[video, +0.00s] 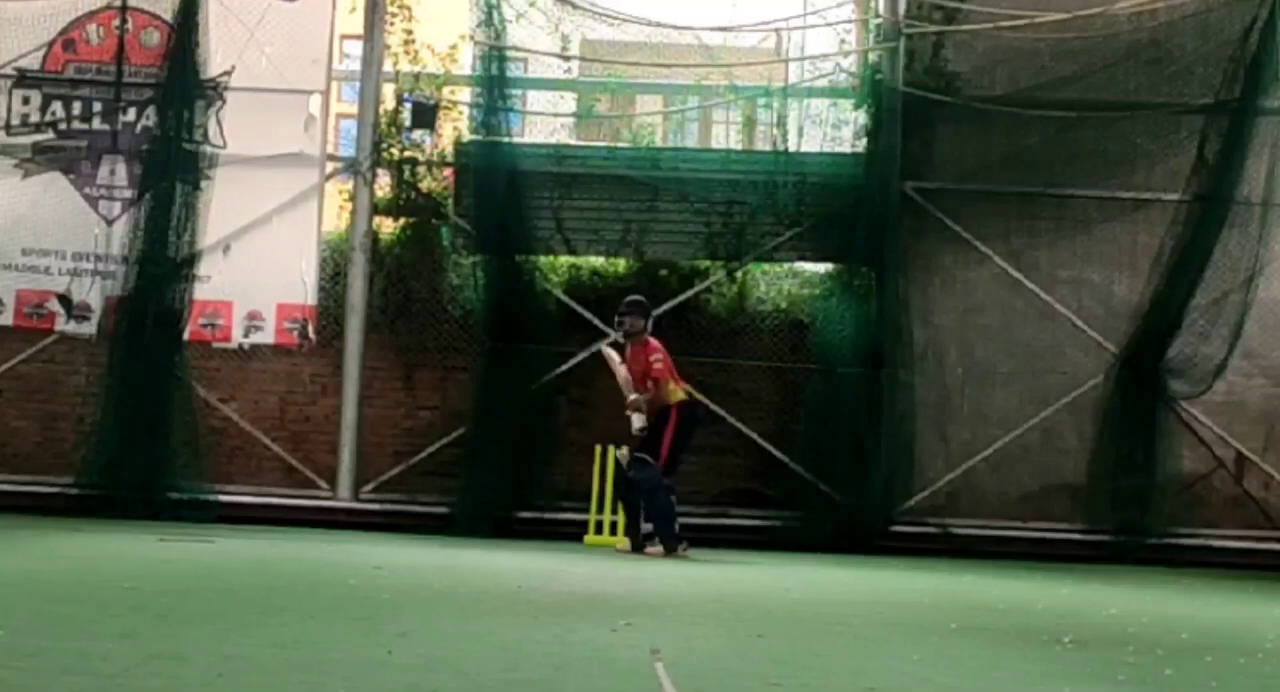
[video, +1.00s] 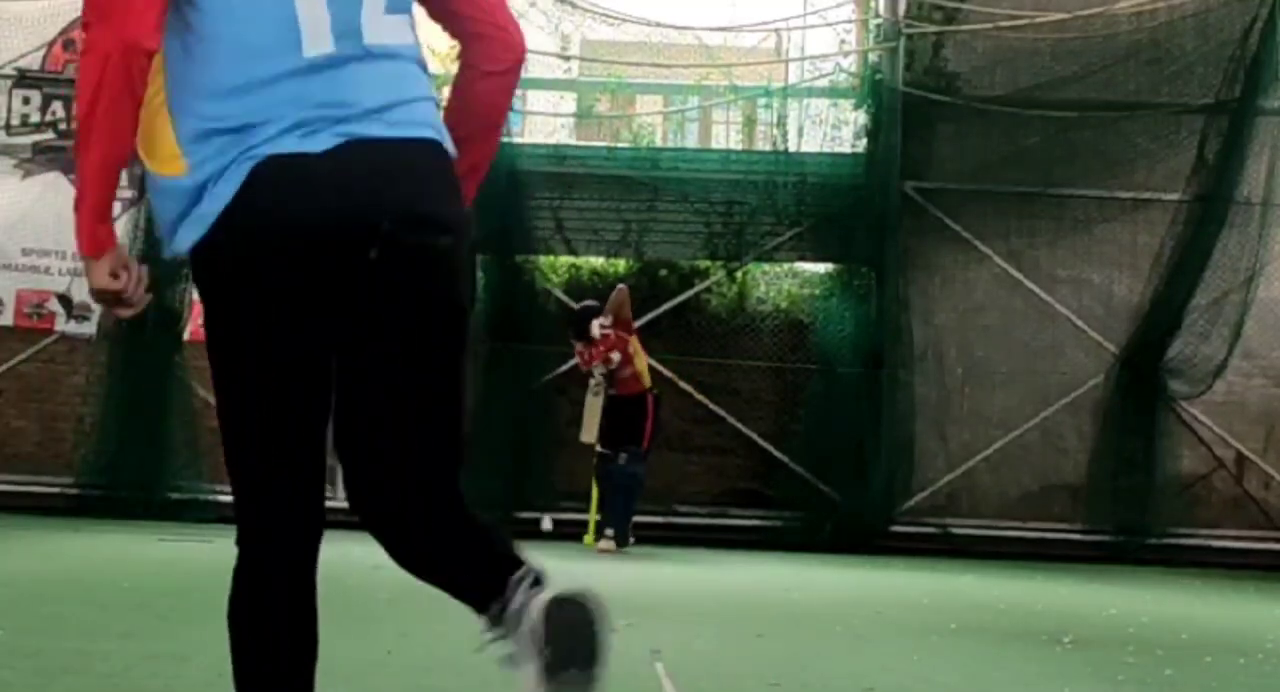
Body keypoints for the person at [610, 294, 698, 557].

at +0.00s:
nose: (629, 323)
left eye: (636, 318)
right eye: (625, 318)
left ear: (646, 322)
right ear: (620, 322)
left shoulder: (653, 350)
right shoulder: (631, 350)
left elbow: (659, 387)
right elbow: (631, 380)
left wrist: (641, 399)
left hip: (676, 404)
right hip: (657, 406)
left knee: (657, 470)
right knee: (640, 466)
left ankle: (670, 540)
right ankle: (645, 536)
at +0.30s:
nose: (610, 333)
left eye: (617, 328)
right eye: (606, 327)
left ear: (626, 331)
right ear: (600, 331)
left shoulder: (634, 358)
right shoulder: (613, 357)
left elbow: (641, 401)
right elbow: (618, 388)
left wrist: (624, 403)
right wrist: (620, 411)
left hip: (663, 408)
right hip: (643, 410)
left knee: (642, 472)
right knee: (625, 468)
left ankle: (669, 539)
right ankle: (613, 536)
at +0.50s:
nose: (599, 348)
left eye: (604, 343)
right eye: (594, 343)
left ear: (614, 342)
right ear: (588, 342)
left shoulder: (626, 366)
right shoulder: (594, 354)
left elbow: (626, 412)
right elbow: (566, 313)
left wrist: (610, 410)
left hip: (654, 405)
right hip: (633, 404)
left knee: (629, 464)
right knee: (616, 461)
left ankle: (621, 535)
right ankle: (611, 532)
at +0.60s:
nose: (599, 356)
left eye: (604, 351)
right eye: (594, 351)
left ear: (614, 347)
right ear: (587, 347)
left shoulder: (627, 366)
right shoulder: (598, 366)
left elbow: (618, 413)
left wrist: (603, 404)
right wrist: (596, 396)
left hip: (651, 409)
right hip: (630, 409)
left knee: (626, 466)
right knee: (609, 462)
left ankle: (621, 535)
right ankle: (608, 531)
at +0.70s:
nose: (601, 349)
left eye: (606, 345)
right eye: (596, 344)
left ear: (615, 337)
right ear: (587, 337)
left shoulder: (628, 353)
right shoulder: (588, 352)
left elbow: (622, 385)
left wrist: (597, 387)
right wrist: (588, 383)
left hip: (644, 403)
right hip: (620, 403)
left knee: (626, 464)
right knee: (605, 461)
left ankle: (619, 535)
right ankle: (605, 530)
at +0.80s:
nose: (591, 338)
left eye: (597, 333)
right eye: (586, 332)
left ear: (608, 327)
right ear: (581, 325)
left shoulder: (621, 336)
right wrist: (583, 375)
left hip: (640, 391)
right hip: (616, 392)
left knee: (625, 456)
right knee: (610, 455)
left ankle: (618, 530)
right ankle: (609, 527)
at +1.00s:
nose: (601, 328)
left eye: (599, 324)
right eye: (596, 326)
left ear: (599, 323)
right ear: (586, 331)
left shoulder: (621, 330)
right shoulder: (587, 351)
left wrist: (607, 318)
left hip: (636, 394)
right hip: (612, 395)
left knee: (630, 459)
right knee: (607, 457)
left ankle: (620, 528)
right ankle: (608, 527)